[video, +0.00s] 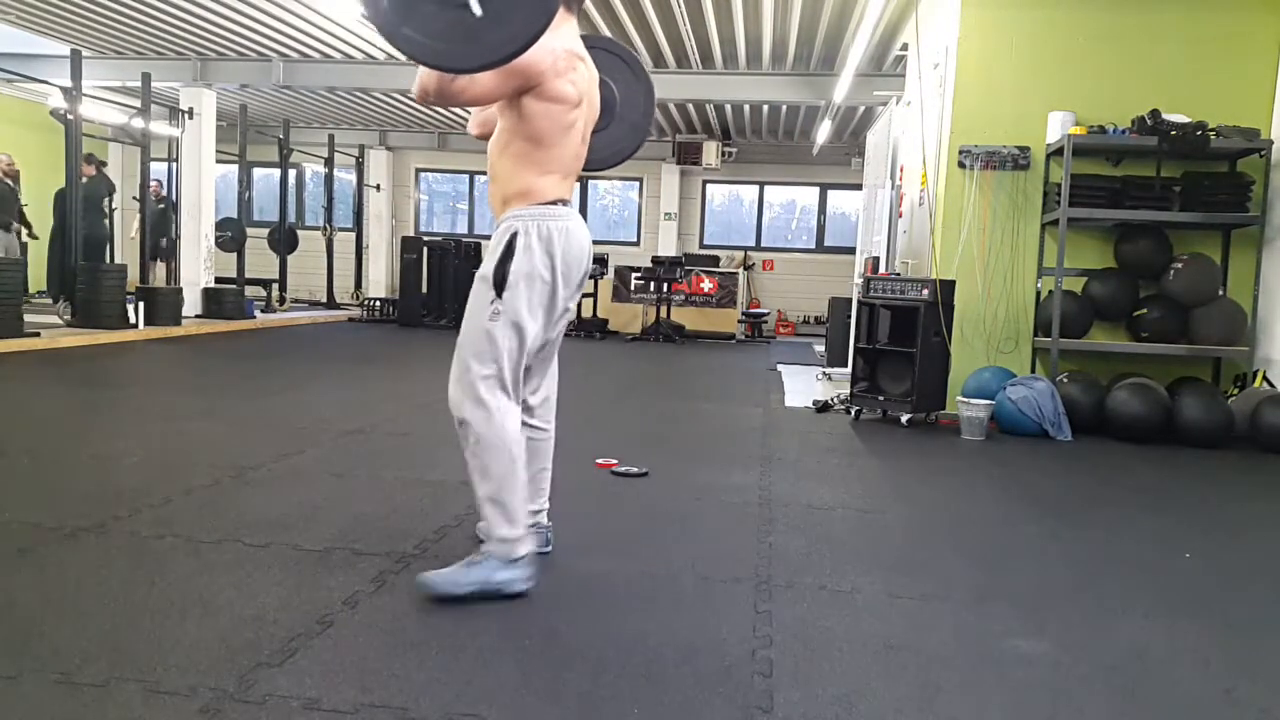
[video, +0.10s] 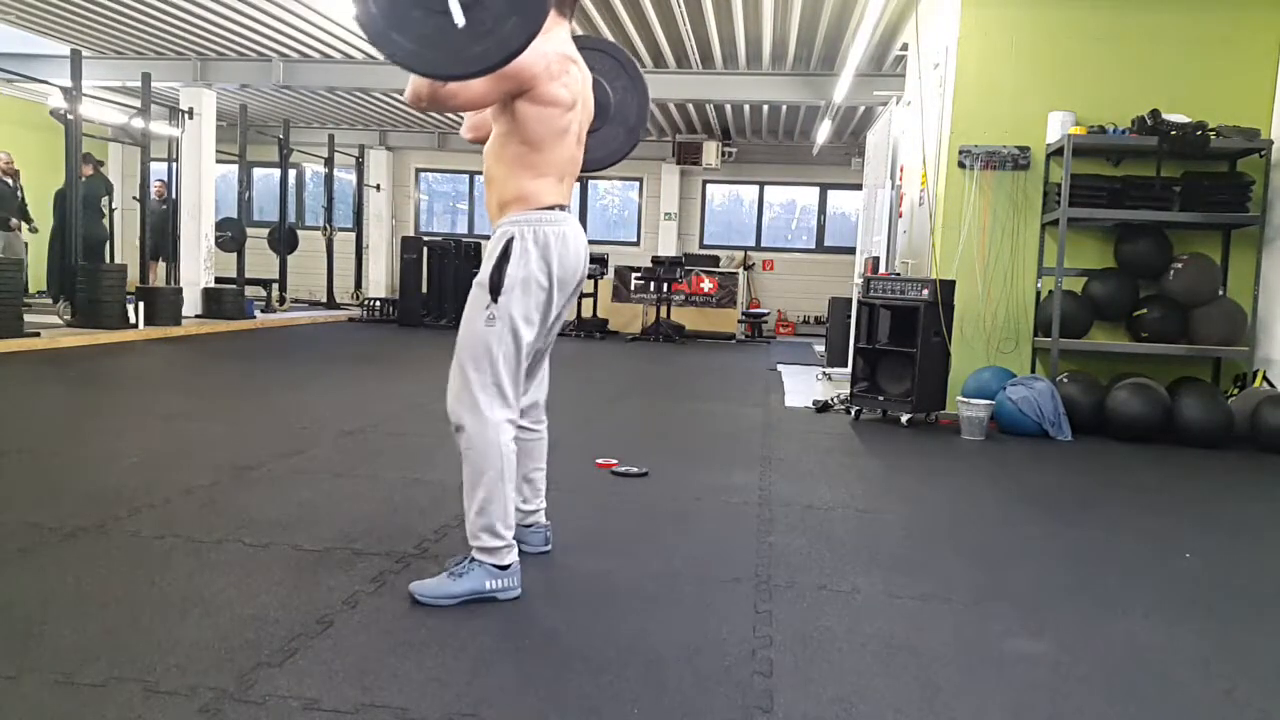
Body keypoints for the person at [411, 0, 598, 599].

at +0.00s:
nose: (503, 16)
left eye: (511, 8)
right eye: (503, 10)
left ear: (542, 4)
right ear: (573, 9)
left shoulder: (540, 52)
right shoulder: (584, 71)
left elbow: (429, 87)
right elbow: (482, 125)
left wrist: (461, 25)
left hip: (526, 236)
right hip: (565, 233)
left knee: (479, 389)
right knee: (534, 391)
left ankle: (506, 551)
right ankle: (529, 523)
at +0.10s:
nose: (501, 16)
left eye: (510, 8)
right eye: (502, 10)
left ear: (537, 5)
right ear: (567, 10)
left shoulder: (532, 56)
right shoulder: (577, 72)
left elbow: (422, 92)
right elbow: (476, 128)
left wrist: (455, 38)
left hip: (523, 242)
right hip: (563, 238)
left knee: (478, 399)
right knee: (525, 395)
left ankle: (492, 561)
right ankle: (529, 521)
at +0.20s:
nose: (489, 21)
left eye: (497, 11)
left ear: (524, 8)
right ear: (559, 12)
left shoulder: (525, 62)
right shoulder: (565, 74)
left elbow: (416, 104)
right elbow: (467, 137)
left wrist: (440, 44)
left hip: (527, 247)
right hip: (562, 244)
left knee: (464, 399)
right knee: (514, 400)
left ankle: (492, 561)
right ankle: (527, 521)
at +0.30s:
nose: (483, 21)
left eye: (491, 11)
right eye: (485, 12)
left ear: (519, 13)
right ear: (550, 19)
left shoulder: (520, 78)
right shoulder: (557, 86)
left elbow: (412, 125)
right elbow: (465, 151)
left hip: (535, 262)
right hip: (564, 258)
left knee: (449, 401)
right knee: (508, 405)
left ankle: (491, 562)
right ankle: (526, 523)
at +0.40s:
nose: (481, 46)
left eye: (489, 34)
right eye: (482, 33)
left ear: (515, 41)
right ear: (539, 44)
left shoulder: (512, 103)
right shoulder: (549, 104)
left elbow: (409, 153)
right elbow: (474, 172)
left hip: (541, 284)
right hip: (571, 280)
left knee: (437, 408)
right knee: (504, 409)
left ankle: (490, 563)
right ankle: (527, 522)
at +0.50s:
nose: (477, 74)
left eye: (486, 64)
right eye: (480, 63)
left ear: (508, 70)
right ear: (532, 75)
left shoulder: (508, 131)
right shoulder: (543, 136)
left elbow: (416, 187)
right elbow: (457, 205)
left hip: (546, 309)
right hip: (577, 304)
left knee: (424, 416)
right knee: (495, 408)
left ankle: (488, 564)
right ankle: (526, 521)